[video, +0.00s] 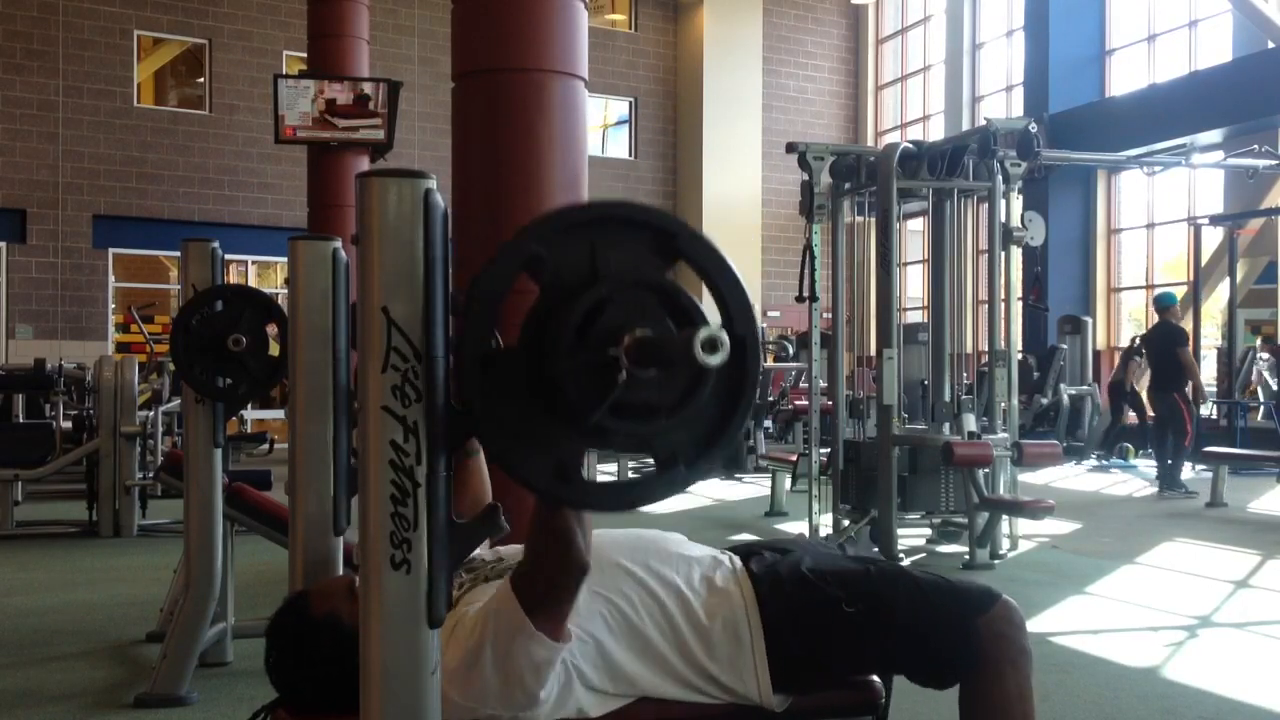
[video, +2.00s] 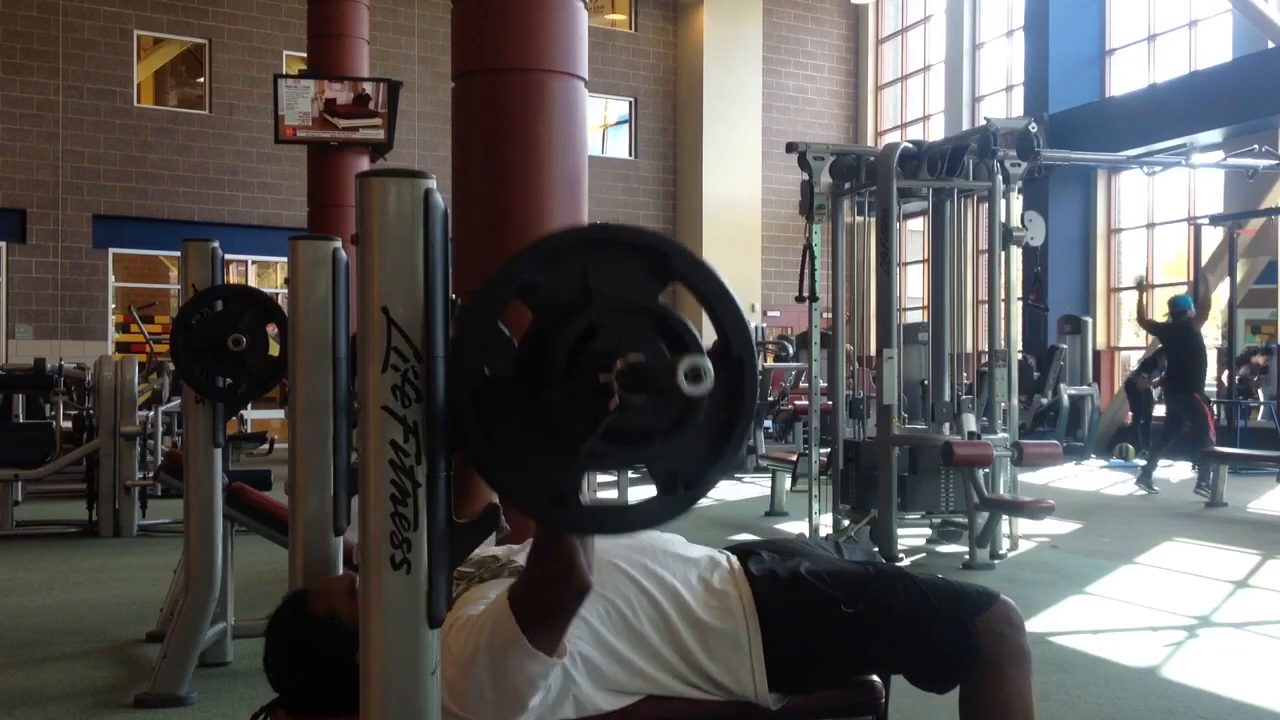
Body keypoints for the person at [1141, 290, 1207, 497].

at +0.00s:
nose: (1181, 310)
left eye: (1179, 307)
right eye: (1178, 307)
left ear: (1159, 310)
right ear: (1172, 309)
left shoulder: (1149, 335)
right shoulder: (1177, 331)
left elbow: (1151, 365)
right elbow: (1188, 361)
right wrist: (1199, 387)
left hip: (1155, 390)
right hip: (1173, 390)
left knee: (1162, 431)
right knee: (1186, 431)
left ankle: (1164, 477)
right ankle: (1174, 479)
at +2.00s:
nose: (1194, 312)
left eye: (1192, 309)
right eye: (1192, 309)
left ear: (1171, 312)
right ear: (1188, 312)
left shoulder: (1165, 329)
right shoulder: (1191, 327)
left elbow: (1143, 319)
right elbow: (1205, 306)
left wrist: (1141, 293)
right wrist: (1203, 281)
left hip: (1172, 391)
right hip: (1191, 392)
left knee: (1167, 433)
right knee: (1207, 433)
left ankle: (1146, 475)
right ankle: (1204, 481)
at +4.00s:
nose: (1201, 321)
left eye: (1198, 316)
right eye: (1198, 317)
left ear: (1178, 319)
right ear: (1194, 319)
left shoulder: (1171, 336)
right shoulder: (1195, 336)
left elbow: (1161, 316)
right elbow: (1207, 314)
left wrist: (1169, 295)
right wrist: (1189, 292)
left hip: (1177, 400)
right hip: (1194, 401)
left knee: (1179, 443)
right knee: (1216, 442)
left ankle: (1148, 478)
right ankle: (1203, 487)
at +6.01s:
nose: (1210, 314)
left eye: (1200, 312)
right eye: (1207, 312)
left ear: (1189, 318)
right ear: (1206, 314)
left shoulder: (1184, 343)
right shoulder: (1209, 329)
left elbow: (1182, 372)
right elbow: (1224, 301)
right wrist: (1217, 275)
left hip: (1176, 394)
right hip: (1195, 395)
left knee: (1163, 437)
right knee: (1208, 438)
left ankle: (1132, 476)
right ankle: (1190, 484)